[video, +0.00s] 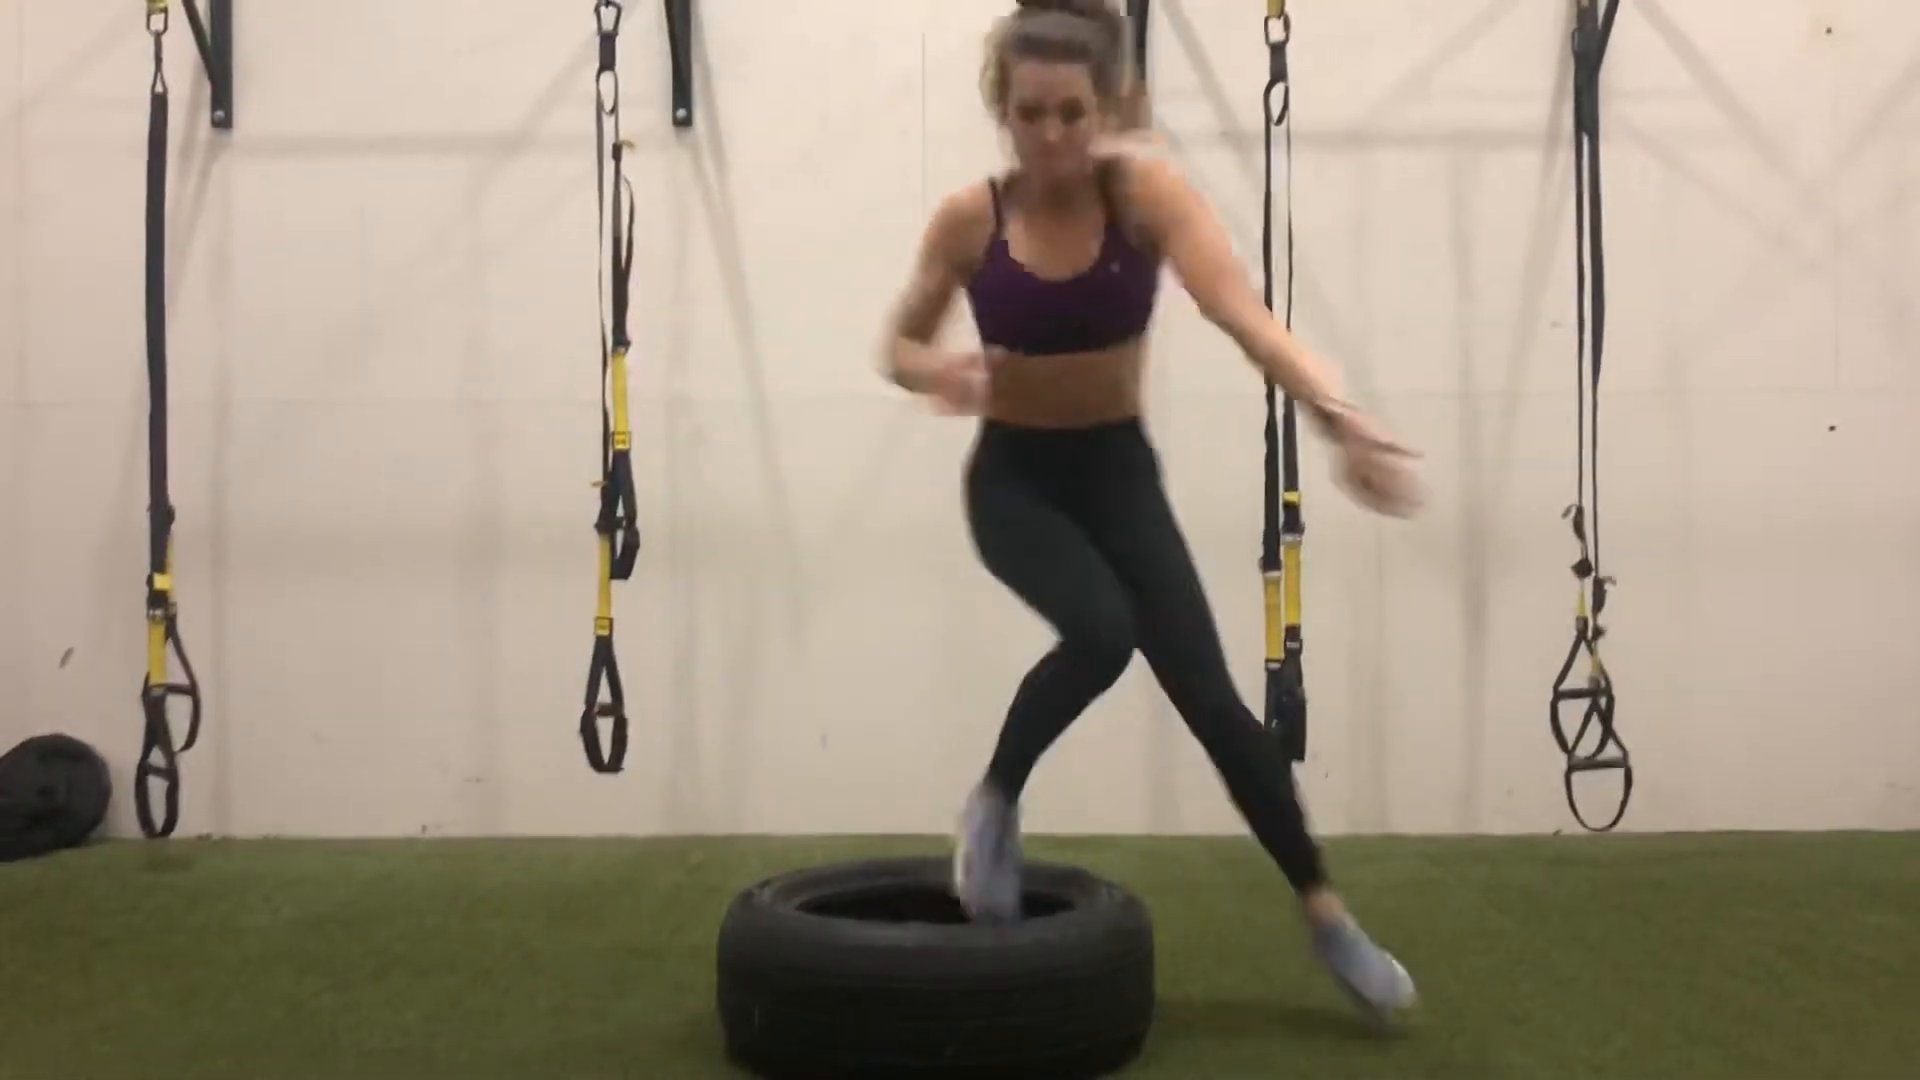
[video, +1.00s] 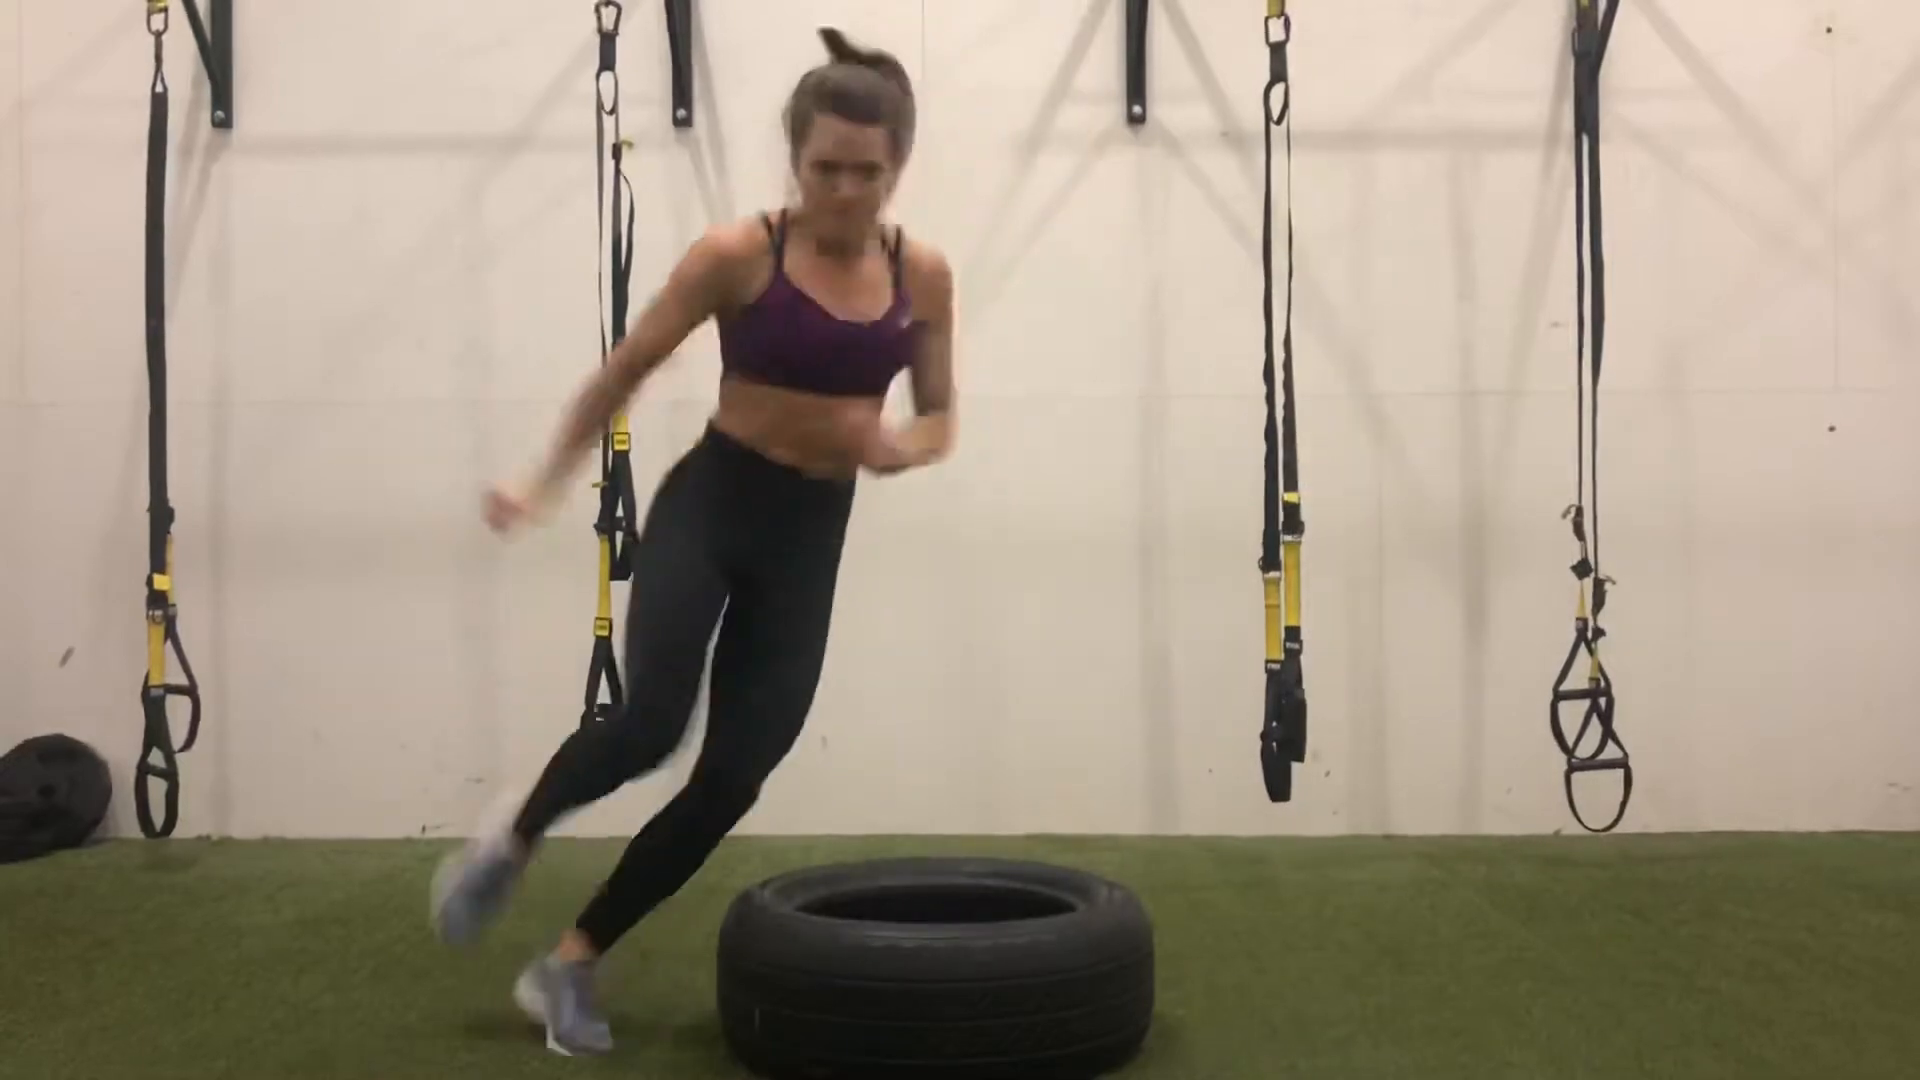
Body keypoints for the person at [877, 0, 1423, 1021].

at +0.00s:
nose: (1048, 135)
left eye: (1069, 113)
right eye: (1028, 112)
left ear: (1107, 109)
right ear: (1002, 108)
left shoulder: (1147, 191)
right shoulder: (971, 218)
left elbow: (1239, 313)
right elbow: (901, 347)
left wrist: (1343, 419)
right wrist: (934, 369)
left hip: (1117, 473)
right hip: (1013, 478)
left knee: (1212, 699)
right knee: (1104, 633)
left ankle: (1327, 915)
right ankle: (993, 806)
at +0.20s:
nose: (1059, 177)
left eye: (1080, 156)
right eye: (1041, 155)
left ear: (1118, 151)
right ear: (1017, 151)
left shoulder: (1170, 239)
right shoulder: (987, 251)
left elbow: (1288, 335)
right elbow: (967, 375)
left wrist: (1365, 439)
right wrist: (1003, 400)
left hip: (1193, 497)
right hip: (1094, 519)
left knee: (1232, 727)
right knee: (1124, 747)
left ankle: (1390, 901)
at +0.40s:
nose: (1026, 170)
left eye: (1049, 150)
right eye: (1008, 146)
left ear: (1090, 151)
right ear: (985, 143)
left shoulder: (1119, 235)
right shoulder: (941, 231)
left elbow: (1179, 283)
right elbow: (957, 382)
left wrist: (1158, 371)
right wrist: (1006, 263)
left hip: (1113, 474)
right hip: (1053, 495)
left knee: (919, 581)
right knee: (1164, 731)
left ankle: (1085, 751)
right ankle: (1325, 925)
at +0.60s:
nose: (935, 132)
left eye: (958, 112)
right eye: (918, 109)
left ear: (998, 119)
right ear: (895, 108)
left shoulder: (1024, 235)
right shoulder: (841, 202)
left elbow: (1108, 334)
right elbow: (782, 354)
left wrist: (1076, 433)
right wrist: (845, 299)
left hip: (972, 496)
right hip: (887, 496)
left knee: (937, 731)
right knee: (772, 688)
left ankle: (962, 945)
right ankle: (965, 735)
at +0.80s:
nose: (863, 176)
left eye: (884, 156)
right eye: (845, 151)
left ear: (914, 155)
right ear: (813, 140)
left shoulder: (929, 258)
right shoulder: (755, 233)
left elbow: (1035, 358)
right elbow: (708, 396)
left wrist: (1054, 436)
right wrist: (819, 339)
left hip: (843, 483)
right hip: (739, 484)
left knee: (776, 572)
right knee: (654, 726)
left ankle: (859, 720)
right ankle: (600, 938)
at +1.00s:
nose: (848, 191)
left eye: (868, 170)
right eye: (830, 168)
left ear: (899, 165)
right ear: (796, 155)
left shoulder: (922, 276)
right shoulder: (735, 257)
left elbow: (940, 424)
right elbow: (628, 365)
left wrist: (894, 448)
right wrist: (539, 483)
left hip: (808, 536)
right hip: (710, 504)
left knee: (731, 784)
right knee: (649, 729)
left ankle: (569, 962)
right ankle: (517, 831)